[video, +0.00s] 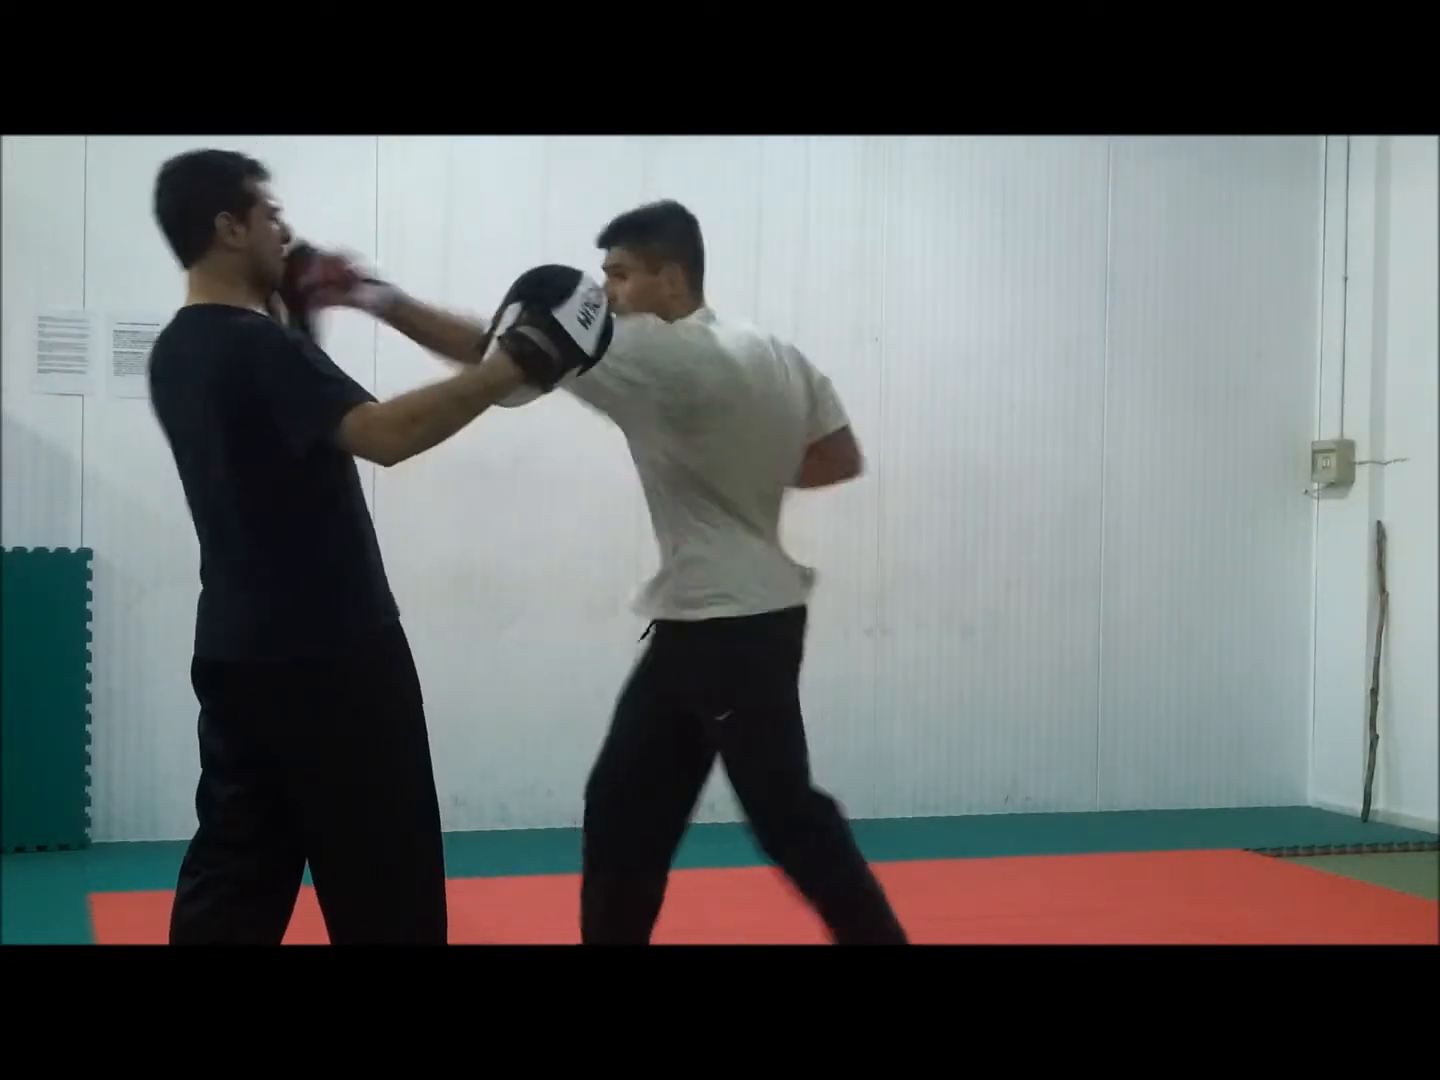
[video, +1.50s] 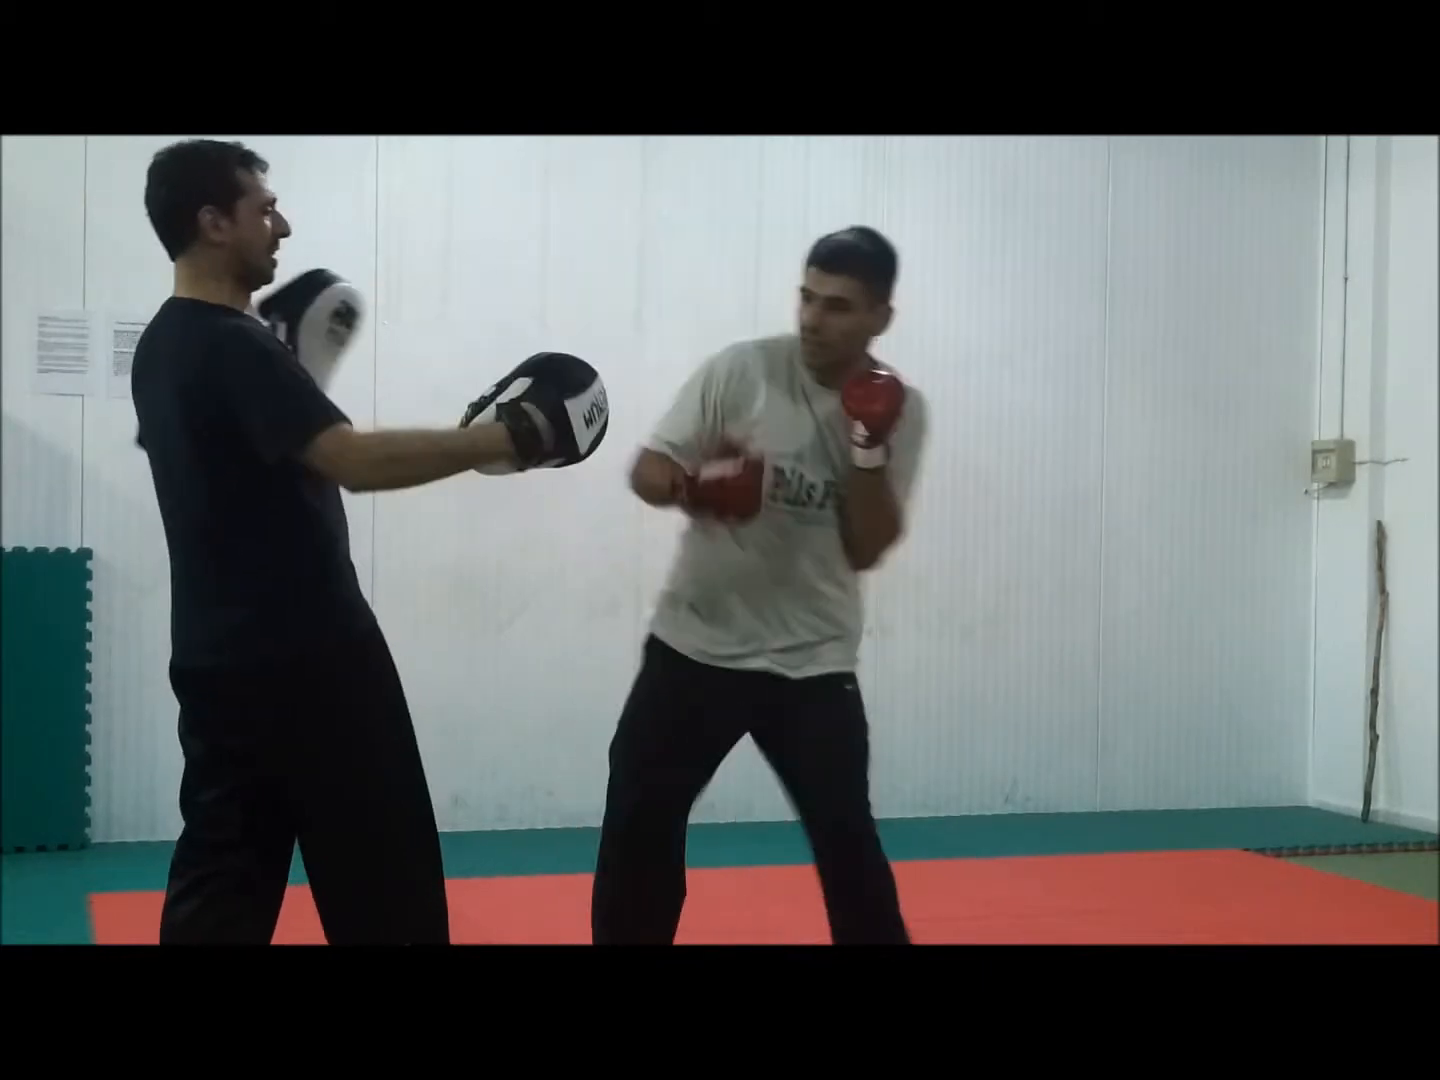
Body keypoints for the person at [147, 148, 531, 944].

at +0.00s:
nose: (286, 231)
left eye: (280, 213)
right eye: (272, 214)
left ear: (200, 235)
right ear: (229, 226)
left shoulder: (174, 350)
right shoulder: (254, 342)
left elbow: (285, 431)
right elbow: (385, 434)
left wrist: (301, 318)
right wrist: (495, 376)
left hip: (239, 654)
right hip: (337, 652)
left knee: (234, 879)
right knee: (391, 889)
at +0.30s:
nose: (262, 226)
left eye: (254, 210)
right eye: (245, 211)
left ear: (187, 237)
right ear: (199, 229)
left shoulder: (157, 354)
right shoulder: (244, 347)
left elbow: (247, 462)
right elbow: (386, 435)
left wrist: (279, 342)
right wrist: (502, 356)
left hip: (227, 659)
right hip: (330, 657)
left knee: (222, 883)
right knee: (388, 889)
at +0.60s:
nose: (256, 228)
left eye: (246, 212)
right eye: (236, 215)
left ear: (182, 241)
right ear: (184, 233)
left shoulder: (171, 350)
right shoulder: (215, 350)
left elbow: (240, 443)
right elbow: (317, 451)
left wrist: (304, 367)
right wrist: (444, 393)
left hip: (241, 661)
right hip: (319, 658)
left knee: (238, 876)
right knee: (385, 882)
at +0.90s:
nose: (229, 224)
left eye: (218, 207)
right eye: (209, 211)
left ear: (158, 243)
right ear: (162, 236)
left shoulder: (159, 347)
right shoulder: (203, 350)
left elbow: (255, 409)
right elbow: (314, 460)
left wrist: (286, 313)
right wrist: (433, 394)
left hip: (238, 653)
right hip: (317, 650)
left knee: (236, 868)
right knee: (392, 874)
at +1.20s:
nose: (242, 225)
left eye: (233, 208)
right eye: (223, 209)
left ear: (168, 234)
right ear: (172, 228)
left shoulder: (145, 349)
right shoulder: (204, 343)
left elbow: (249, 482)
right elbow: (351, 427)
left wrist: (299, 373)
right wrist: (472, 356)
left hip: (216, 662)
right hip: (305, 658)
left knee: (222, 885)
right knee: (380, 890)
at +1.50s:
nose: (281, 224)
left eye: (275, 207)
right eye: (265, 208)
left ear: (207, 229)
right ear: (213, 224)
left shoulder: (164, 344)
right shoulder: (234, 341)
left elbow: (230, 468)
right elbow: (350, 458)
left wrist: (285, 364)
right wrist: (507, 440)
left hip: (219, 660)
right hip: (312, 656)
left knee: (220, 884)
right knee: (387, 881)